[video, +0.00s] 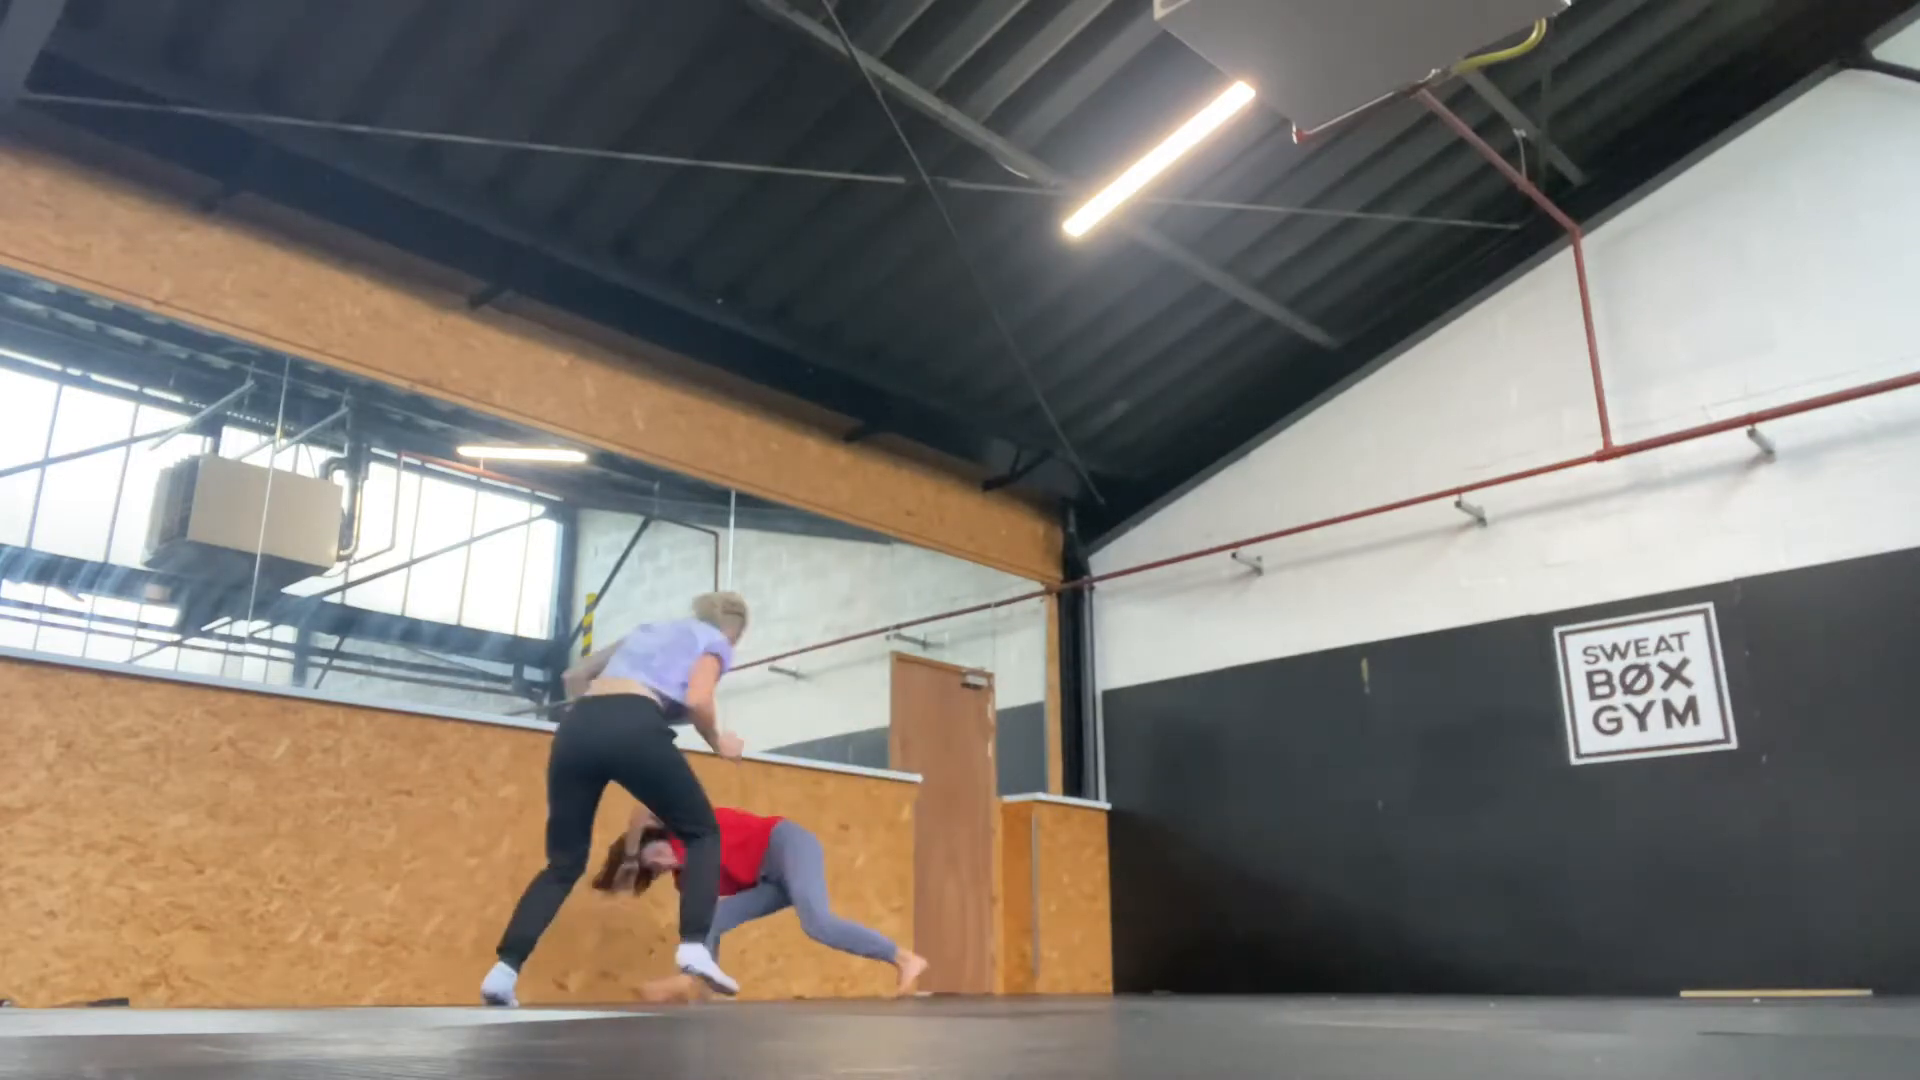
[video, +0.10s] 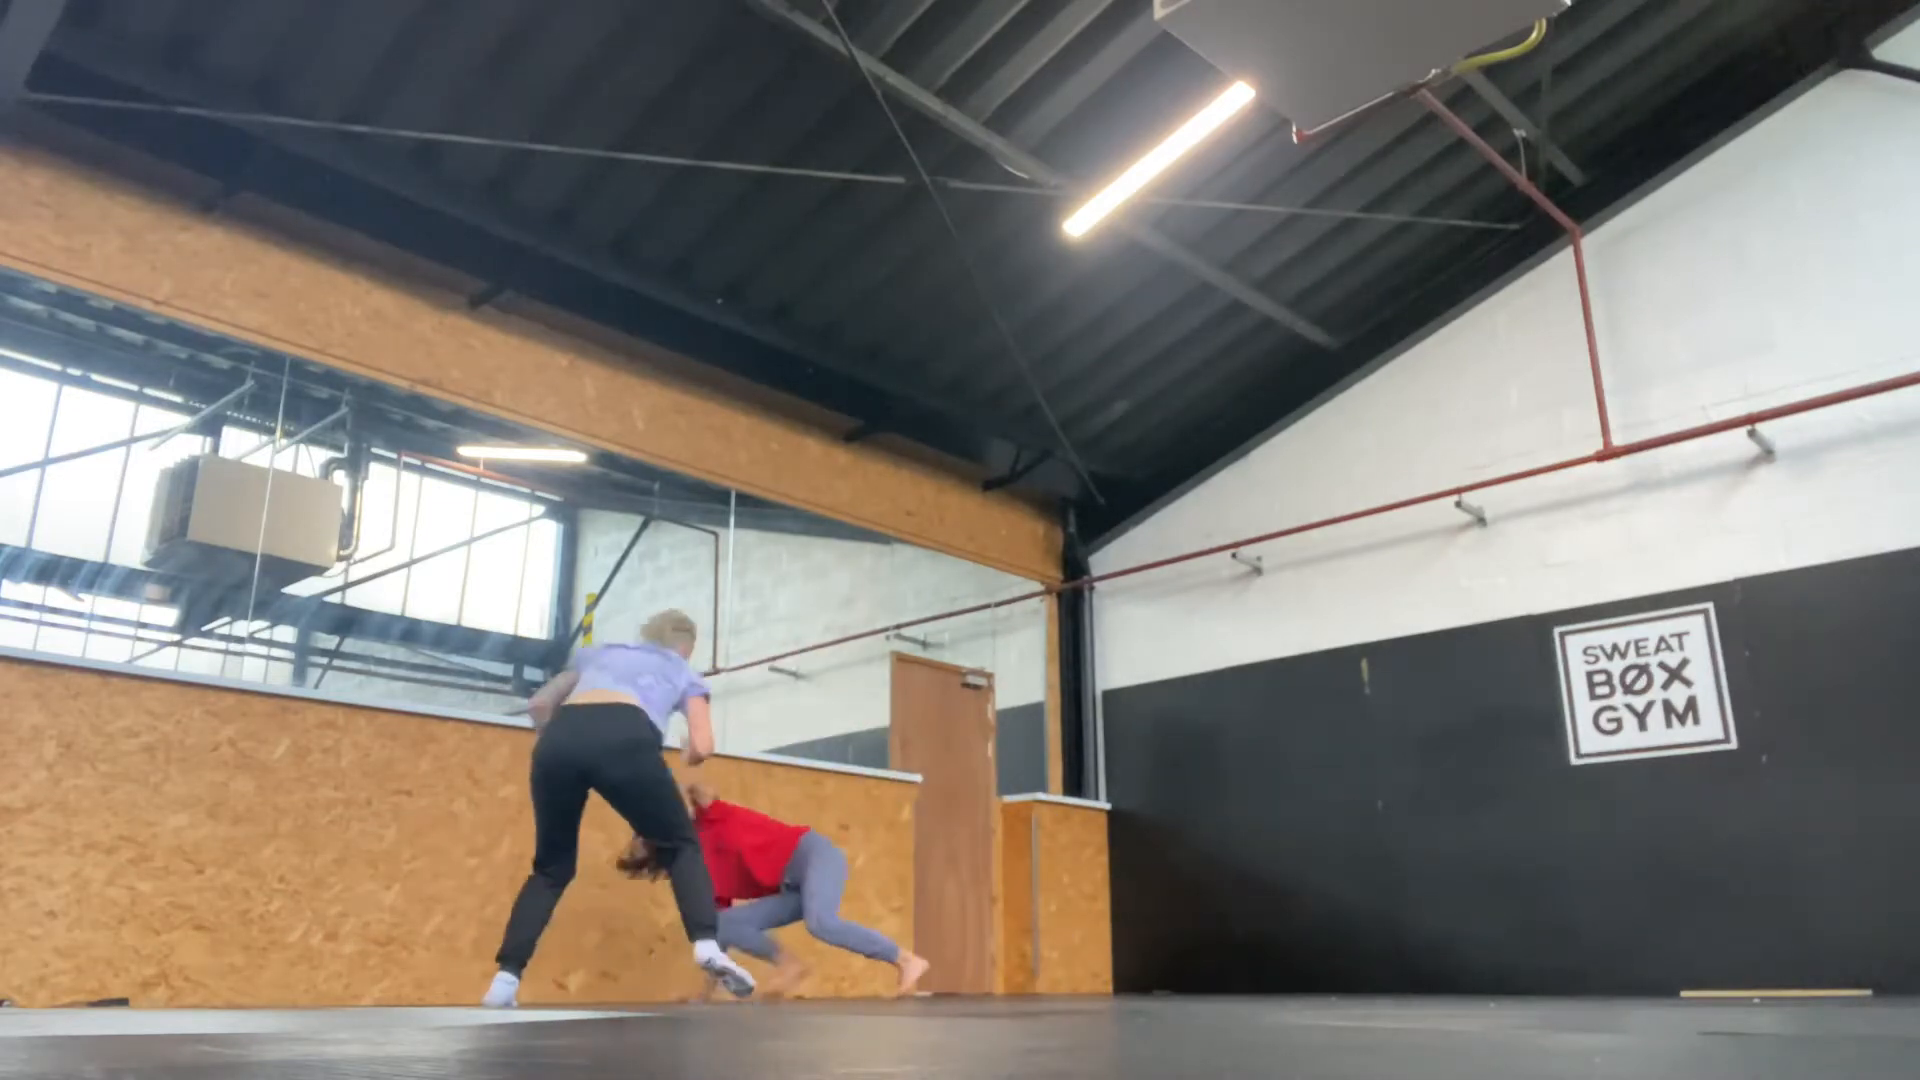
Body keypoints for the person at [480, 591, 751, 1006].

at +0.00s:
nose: (734, 645)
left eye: (738, 639)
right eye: (737, 638)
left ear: (699, 615)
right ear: (732, 628)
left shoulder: (645, 632)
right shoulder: (715, 638)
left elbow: (575, 676)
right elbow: (698, 699)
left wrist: (595, 719)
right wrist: (718, 743)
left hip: (578, 724)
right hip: (633, 725)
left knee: (563, 865)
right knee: (703, 833)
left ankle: (504, 970)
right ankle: (695, 947)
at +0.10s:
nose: (690, 658)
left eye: (691, 652)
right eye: (691, 652)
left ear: (647, 635)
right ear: (682, 647)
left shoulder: (598, 653)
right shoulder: (685, 674)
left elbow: (540, 703)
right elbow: (701, 747)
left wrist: (559, 740)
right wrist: (688, 759)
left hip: (560, 737)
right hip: (624, 738)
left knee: (551, 870)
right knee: (681, 844)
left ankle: (505, 980)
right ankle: (707, 946)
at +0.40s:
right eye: (653, 685)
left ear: (609, 674)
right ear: (649, 681)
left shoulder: (578, 690)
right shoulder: (657, 694)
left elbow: (546, 740)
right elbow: (667, 748)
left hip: (562, 747)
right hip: (628, 744)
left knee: (554, 866)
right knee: (706, 853)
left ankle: (506, 980)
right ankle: (753, 958)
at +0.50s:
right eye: (676, 683)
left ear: (635, 674)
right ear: (676, 678)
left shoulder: (601, 689)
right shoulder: (685, 697)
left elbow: (561, 750)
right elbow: (683, 767)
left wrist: (596, 815)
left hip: (578, 747)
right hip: (644, 745)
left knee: (564, 869)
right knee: (719, 858)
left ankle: (508, 980)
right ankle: (787, 970)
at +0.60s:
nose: (722, 686)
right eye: (723, 679)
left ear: (679, 668)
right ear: (720, 675)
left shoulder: (645, 683)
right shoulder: (725, 699)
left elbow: (587, 714)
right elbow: (744, 786)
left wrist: (602, 760)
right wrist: (702, 782)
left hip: (605, 751)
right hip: (668, 752)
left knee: (586, 873)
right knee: (741, 861)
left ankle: (509, 984)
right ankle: (796, 979)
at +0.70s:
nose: (779, 681)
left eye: (776, 677)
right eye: (777, 675)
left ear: (731, 666)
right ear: (769, 673)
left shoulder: (696, 676)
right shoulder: (774, 694)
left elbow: (636, 692)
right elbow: (822, 768)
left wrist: (649, 744)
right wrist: (811, 791)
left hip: (643, 741)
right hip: (704, 745)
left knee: (593, 869)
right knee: (776, 857)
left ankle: (509, 983)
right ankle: (803, 981)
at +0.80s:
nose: (826, 694)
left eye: (823, 688)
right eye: (825, 688)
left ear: (779, 665)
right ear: (815, 678)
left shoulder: (740, 672)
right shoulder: (816, 695)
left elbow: (680, 681)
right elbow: (875, 753)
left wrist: (685, 716)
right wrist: (910, 784)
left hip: (677, 727)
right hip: (735, 737)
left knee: (605, 850)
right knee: (797, 850)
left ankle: (519, 974)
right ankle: (804, 981)